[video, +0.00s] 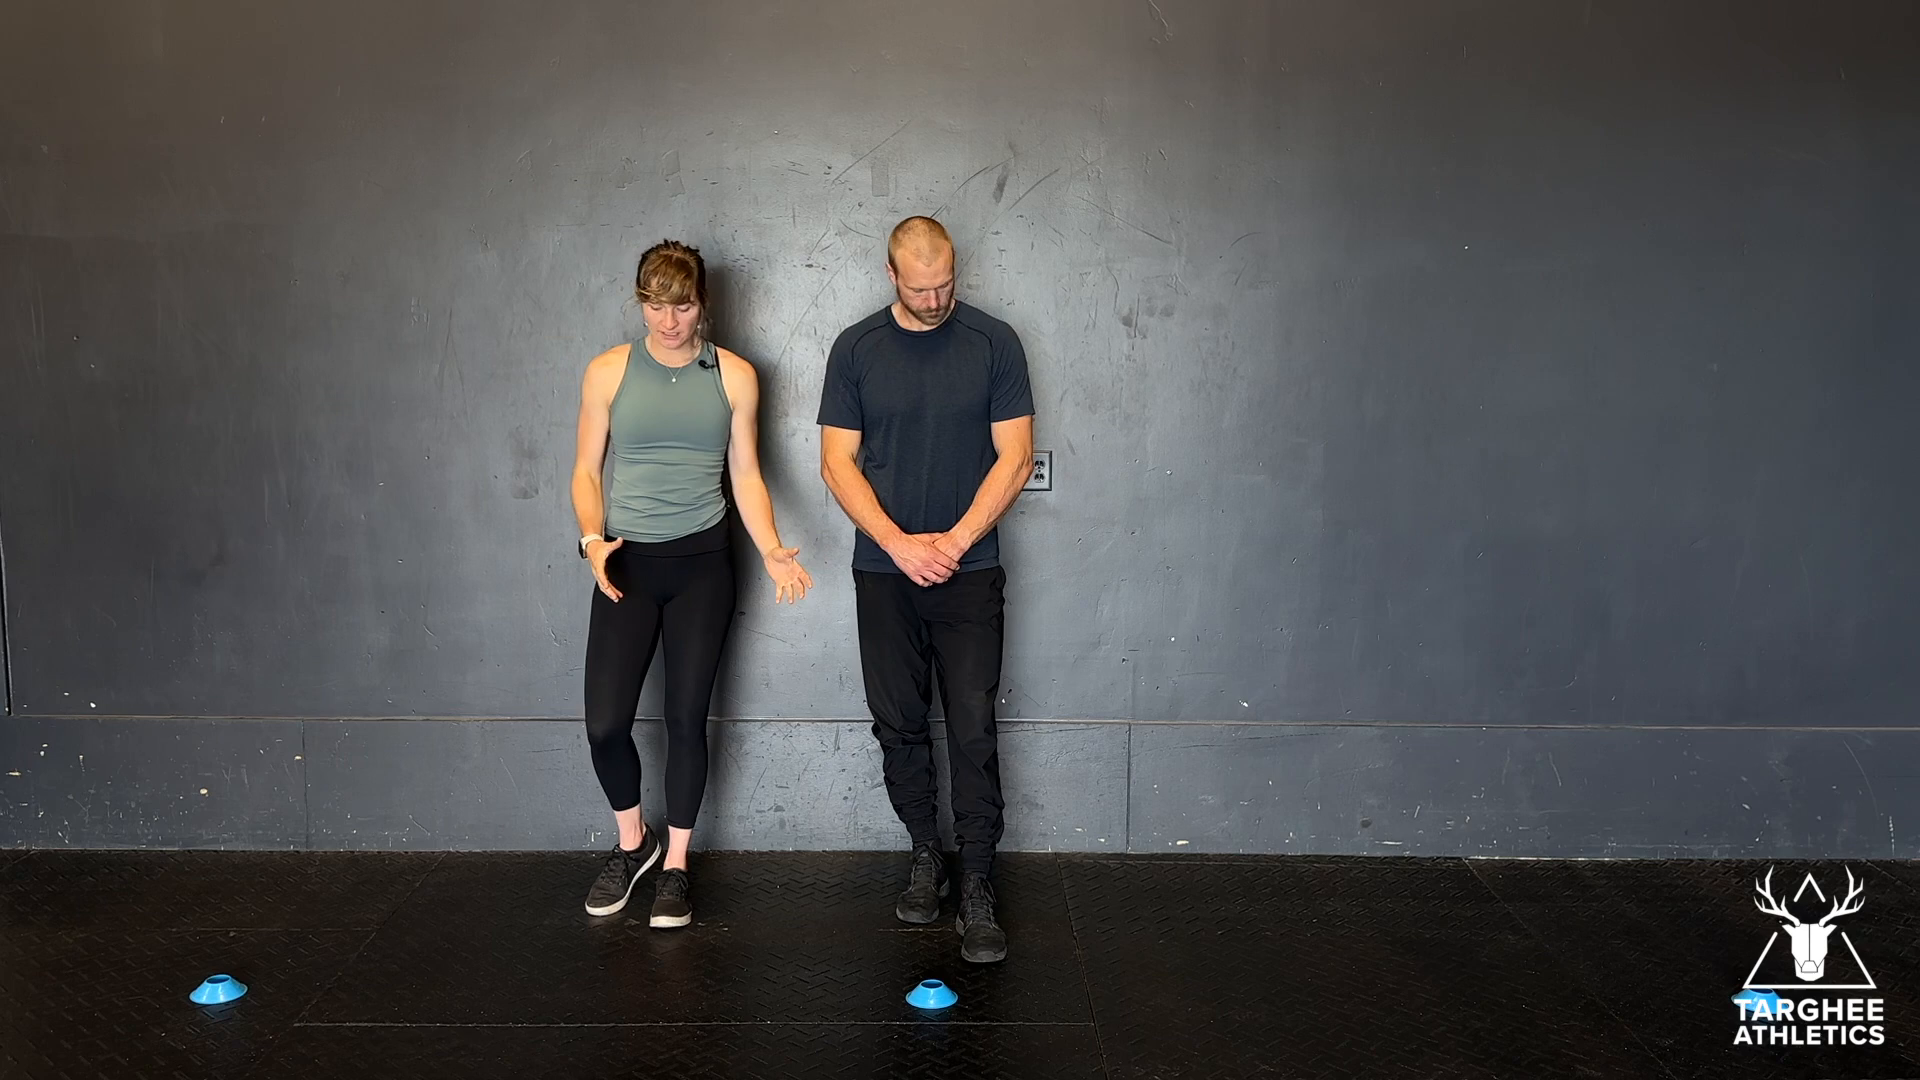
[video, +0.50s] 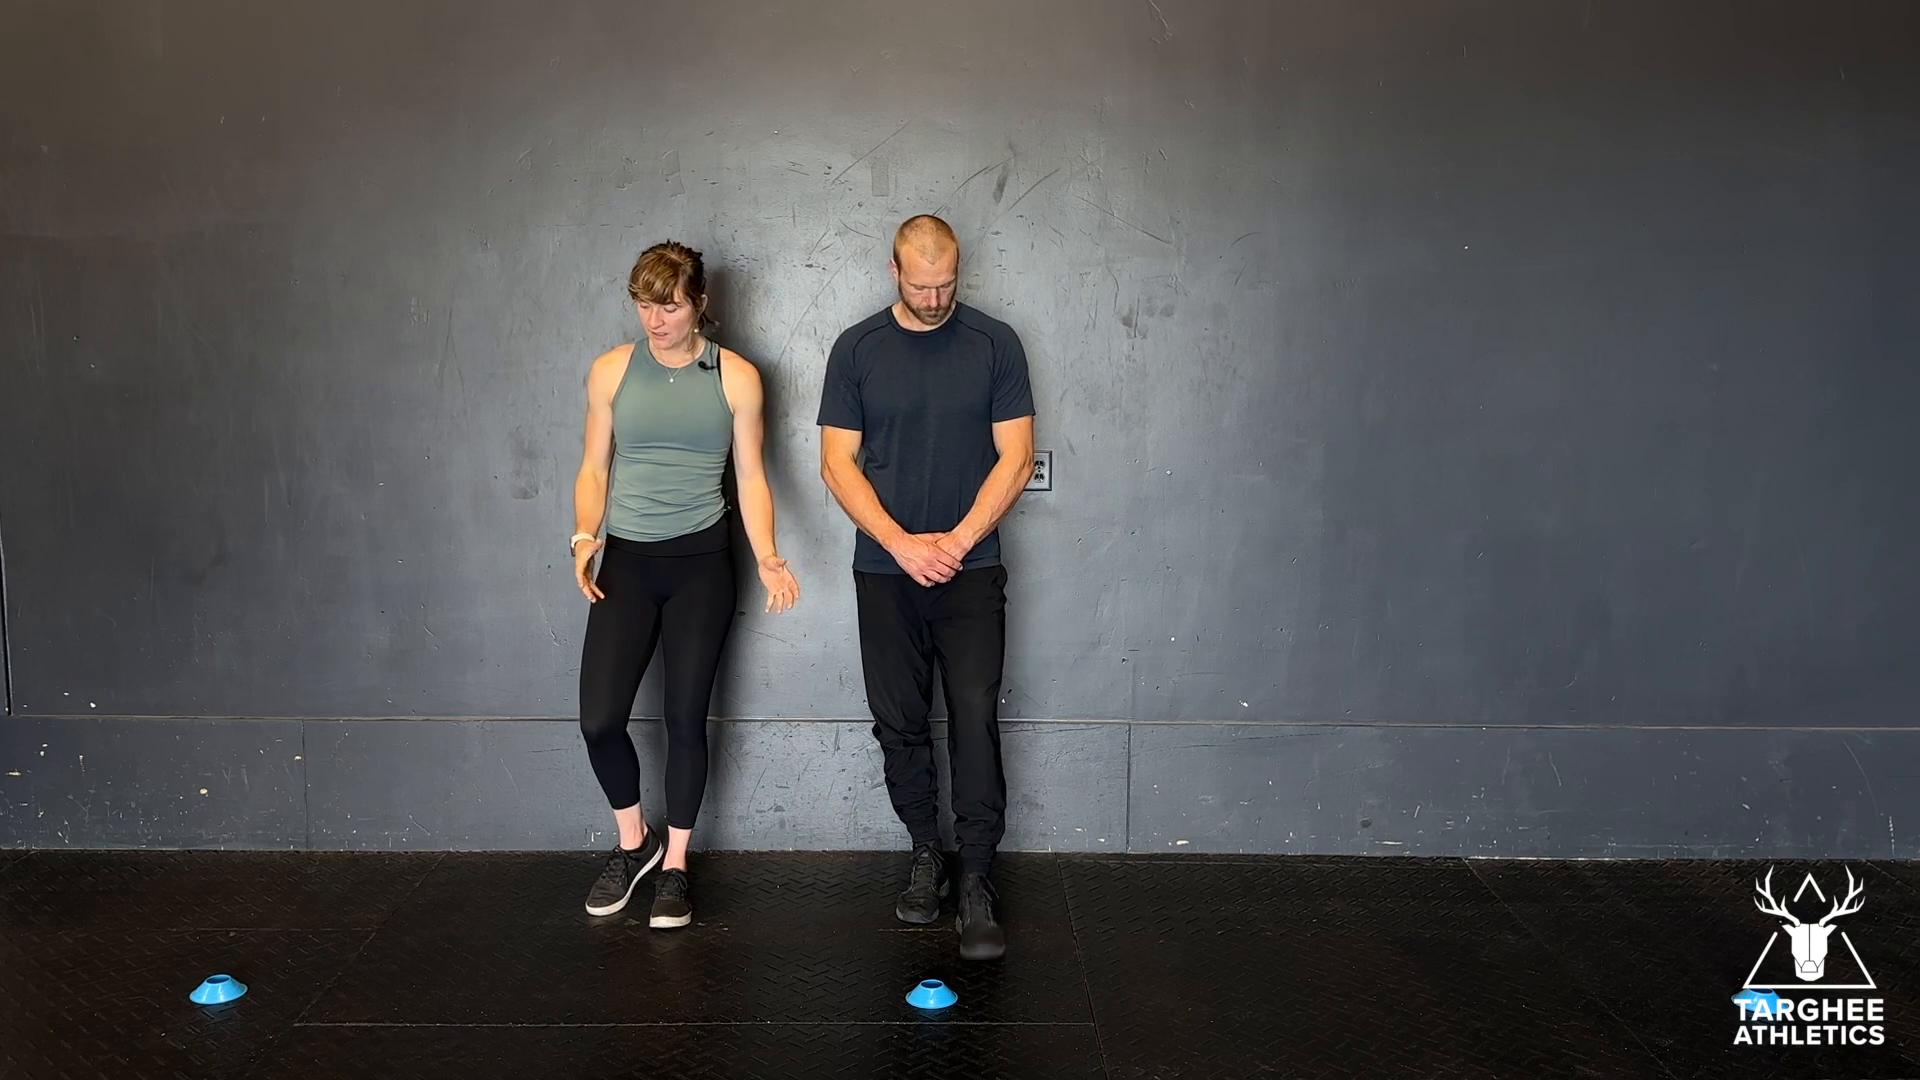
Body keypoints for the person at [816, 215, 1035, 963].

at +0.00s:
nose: (936, 295)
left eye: (945, 281)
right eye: (922, 285)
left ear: (954, 267)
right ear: (893, 274)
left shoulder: (992, 343)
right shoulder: (856, 348)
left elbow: (1016, 460)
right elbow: (836, 464)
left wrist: (954, 541)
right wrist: (896, 541)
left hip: (968, 570)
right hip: (885, 571)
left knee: (972, 731)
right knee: (899, 726)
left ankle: (977, 884)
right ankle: (928, 856)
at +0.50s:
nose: (934, 295)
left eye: (945, 283)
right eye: (923, 283)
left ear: (957, 271)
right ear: (897, 270)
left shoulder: (993, 344)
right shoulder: (856, 348)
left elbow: (1016, 461)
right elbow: (837, 466)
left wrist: (955, 542)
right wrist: (898, 541)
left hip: (970, 568)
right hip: (886, 570)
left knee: (975, 718)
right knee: (900, 723)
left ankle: (977, 876)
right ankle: (927, 856)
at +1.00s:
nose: (905, 298)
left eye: (917, 286)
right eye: (895, 285)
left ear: (946, 270)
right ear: (882, 272)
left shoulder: (996, 344)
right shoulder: (859, 348)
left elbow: (1018, 462)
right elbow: (837, 462)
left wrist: (953, 541)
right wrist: (894, 539)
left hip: (971, 567)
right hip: (885, 567)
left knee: (977, 722)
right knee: (900, 723)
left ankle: (977, 875)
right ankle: (929, 856)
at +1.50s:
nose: (900, 300)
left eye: (911, 287)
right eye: (888, 288)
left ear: (937, 270)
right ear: (872, 277)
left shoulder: (988, 342)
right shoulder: (852, 351)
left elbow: (1014, 459)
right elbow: (834, 467)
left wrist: (950, 541)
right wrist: (890, 541)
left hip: (968, 572)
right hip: (883, 573)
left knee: (974, 727)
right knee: (897, 728)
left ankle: (977, 884)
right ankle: (929, 858)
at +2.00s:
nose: (899, 304)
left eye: (911, 292)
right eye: (889, 292)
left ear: (938, 274)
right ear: (874, 278)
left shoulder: (988, 343)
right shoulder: (851, 348)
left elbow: (1011, 461)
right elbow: (830, 461)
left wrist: (946, 539)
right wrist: (887, 538)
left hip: (963, 564)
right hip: (878, 566)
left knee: (972, 715)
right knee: (895, 721)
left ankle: (975, 870)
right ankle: (926, 855)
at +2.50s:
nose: (910, 299)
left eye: (920, 287)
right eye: (898, 288)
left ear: (941, 270)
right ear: (880, 275)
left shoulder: (987, 341)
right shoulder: (850, 348)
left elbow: (1012, 457)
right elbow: (832, 463)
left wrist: (951, 538)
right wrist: (891, 539)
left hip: (966, 565)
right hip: (881, 566)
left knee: (974, 719)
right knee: (897, 721)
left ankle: (976, 871)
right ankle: (926, 853)